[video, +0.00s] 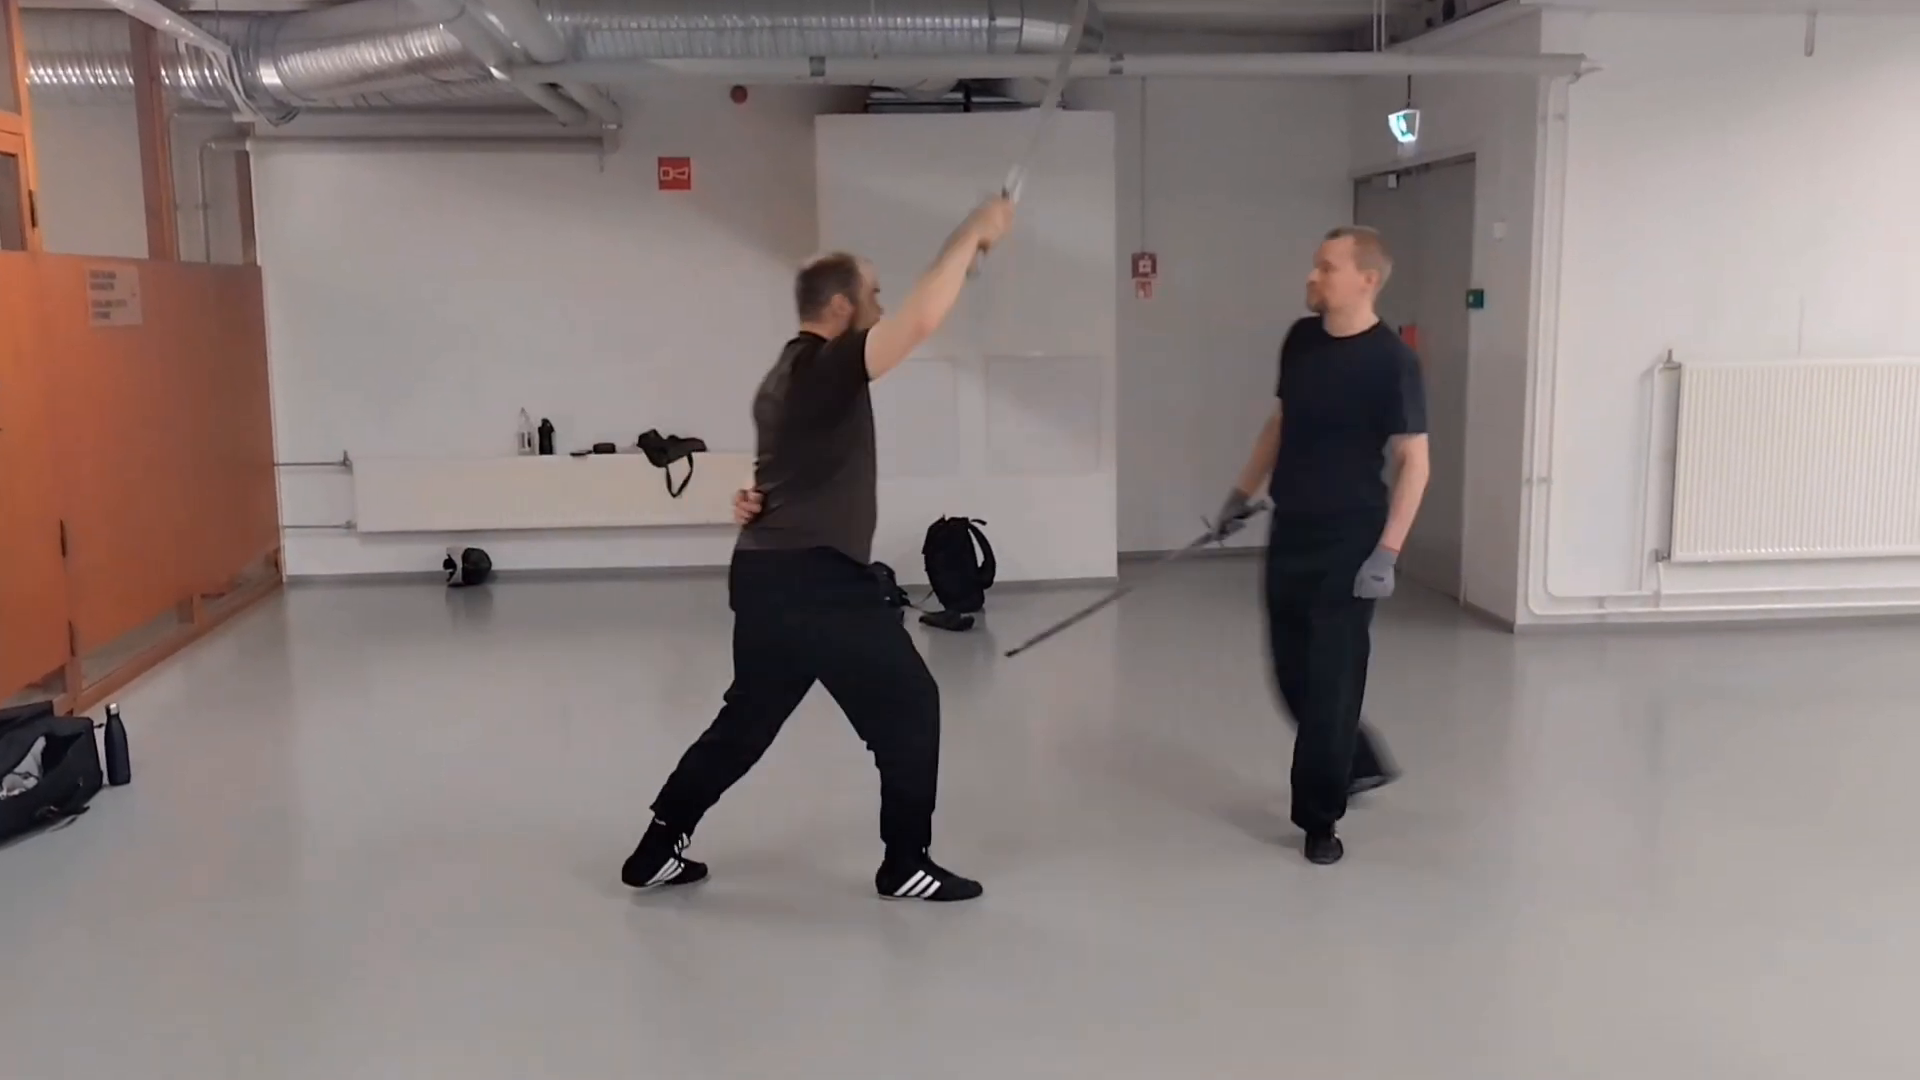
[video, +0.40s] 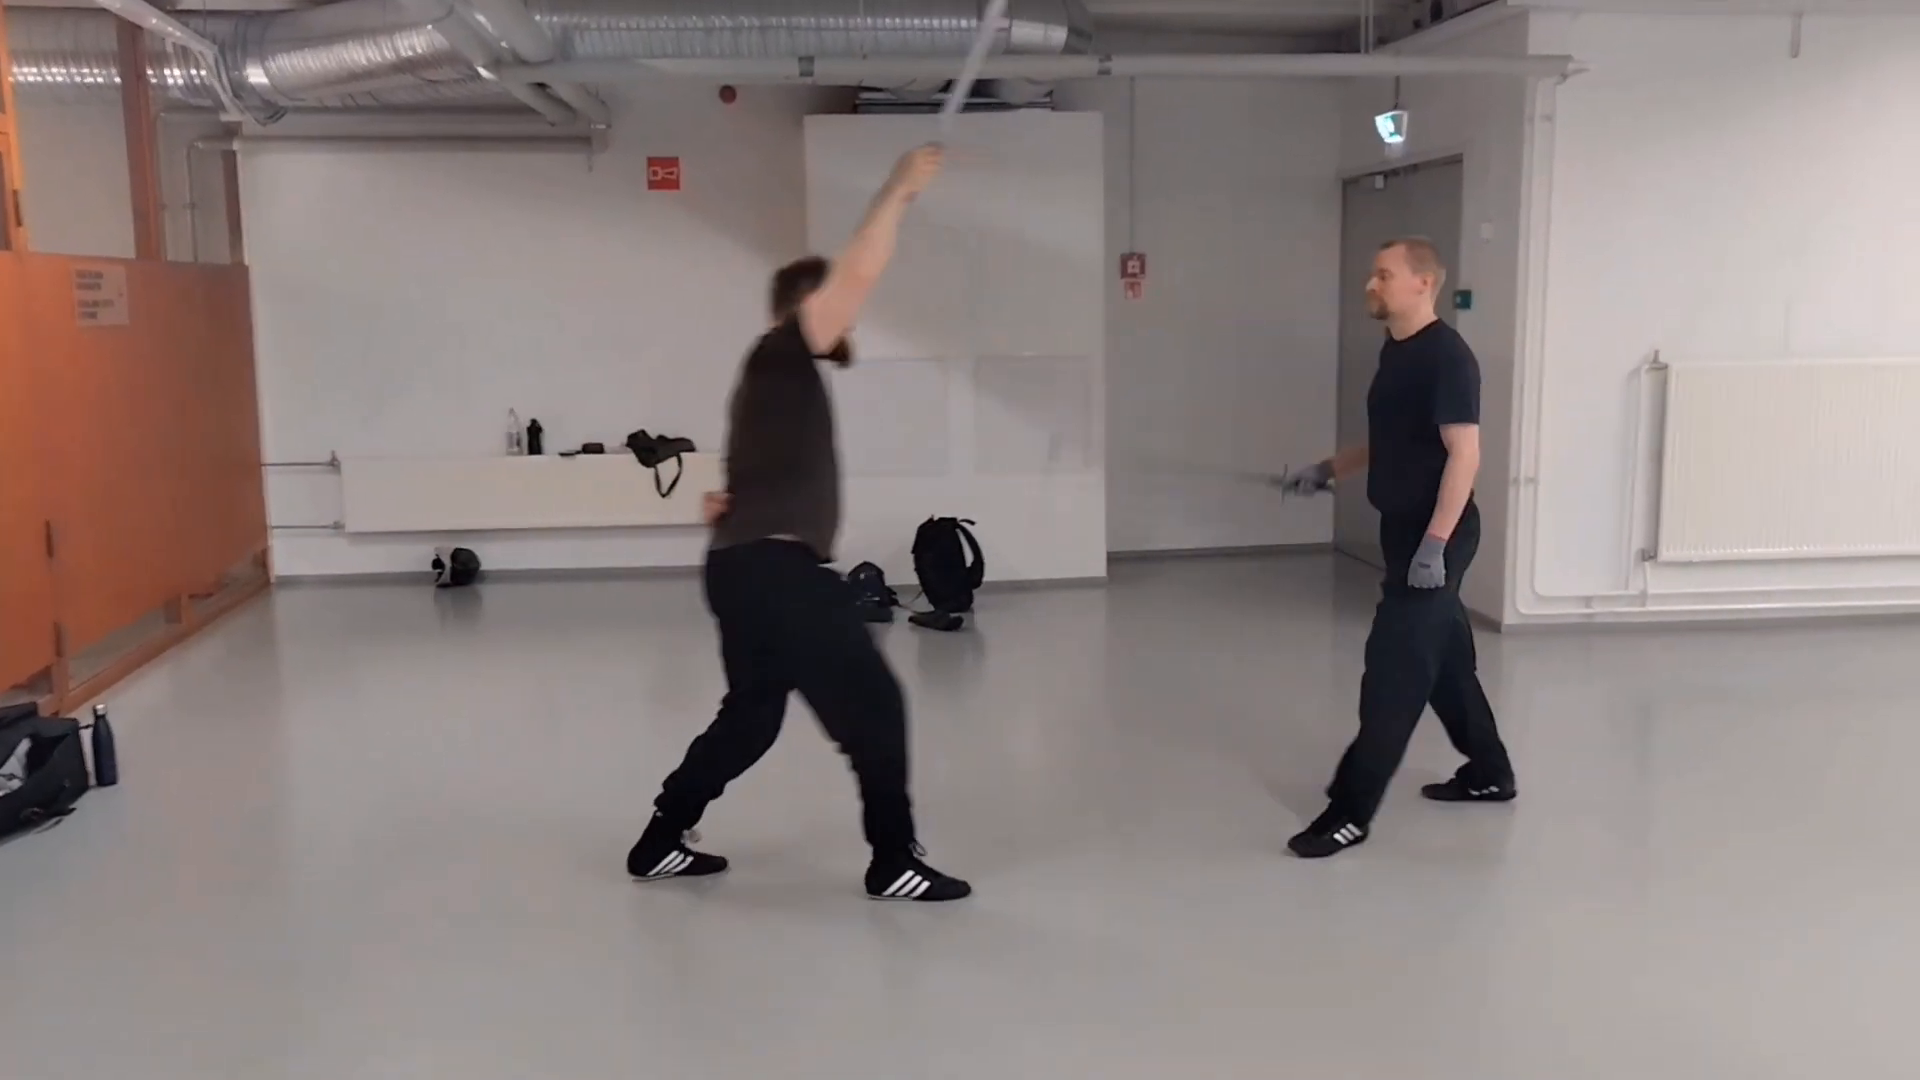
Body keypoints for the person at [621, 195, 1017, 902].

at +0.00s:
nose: (879, 308)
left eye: (875, 296)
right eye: (872, 297)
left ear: (813, 311)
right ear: (840, 308)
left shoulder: (782, 377)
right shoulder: (835, 363)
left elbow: (787, 465)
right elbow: (922, 319)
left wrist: (759, 494)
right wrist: (971, 237)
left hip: (765, 573)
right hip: (820, 576)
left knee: (748, 718)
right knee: (909, 709)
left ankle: (654, 850)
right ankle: (906, 865)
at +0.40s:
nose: (843, 310)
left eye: (840, 299)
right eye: (835, 296)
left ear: (785, 303)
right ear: (810, 299)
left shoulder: (770, 370)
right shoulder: (788, 352)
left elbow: (780, 478)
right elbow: (855, 274)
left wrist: (735, 504)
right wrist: (896, 194)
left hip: (740, 569)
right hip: (780, 568)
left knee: (751, 718)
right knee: (872, 706)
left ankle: (660, 841)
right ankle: (893, 863)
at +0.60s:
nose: (775, 316)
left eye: (776, 304)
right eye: (765, 302)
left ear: (751, 314)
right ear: (727, 300)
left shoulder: (711, 380)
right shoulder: (688, 359)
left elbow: (704, 479)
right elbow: (741, 273)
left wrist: (649, 503)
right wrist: (793, 194)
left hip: (690, 566)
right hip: (682, 566)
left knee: (718, 713)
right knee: (774, 705)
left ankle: (646, 846)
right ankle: (836, 862)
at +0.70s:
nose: (742, 316)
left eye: (743, 304)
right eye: (734, 302)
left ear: (710, 313)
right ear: (698, 301)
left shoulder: (679, 376)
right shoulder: (651, 354)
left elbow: (662, 470)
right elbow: (690, 269)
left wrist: (609, 499)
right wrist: (747, 186)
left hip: (649, 562)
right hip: (639, 563)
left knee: (687, 714)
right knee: (729, 707)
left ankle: (636, 851)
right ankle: (748, 868)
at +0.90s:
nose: (676, 309)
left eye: (674, 296)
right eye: (666, 296)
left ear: (646, 304)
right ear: (629, 297)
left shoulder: (619, 378)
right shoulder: (571, 351)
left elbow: (593, 464)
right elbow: (610, 266)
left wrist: (538, 487)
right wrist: (670, 186)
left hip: (589, 563)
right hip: (545, 557)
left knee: (640, 709)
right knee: (601, 711)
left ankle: (622, 855)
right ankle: (517, 868)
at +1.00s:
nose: (638, 311)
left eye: (637, 299)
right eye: (629, 298)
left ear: (602, 311)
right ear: (590, 301)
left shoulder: (585, 379)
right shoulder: (536, 353)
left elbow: (543, 467)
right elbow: (569, 269)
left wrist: (491, 499)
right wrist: (627, 187)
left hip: (556, 574)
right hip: (504, 567)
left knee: (615, 706)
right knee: (505, 728)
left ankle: (616, 853)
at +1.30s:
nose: (494, 338)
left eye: (492, 325)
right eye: (482, 323)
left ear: (456, 333)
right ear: (436, 327)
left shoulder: (462, 427)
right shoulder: (371, 383)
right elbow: (381, 296)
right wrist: (452, 211)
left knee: (498, 732)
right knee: (305, 760)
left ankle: (579, 851)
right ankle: (217, 899)